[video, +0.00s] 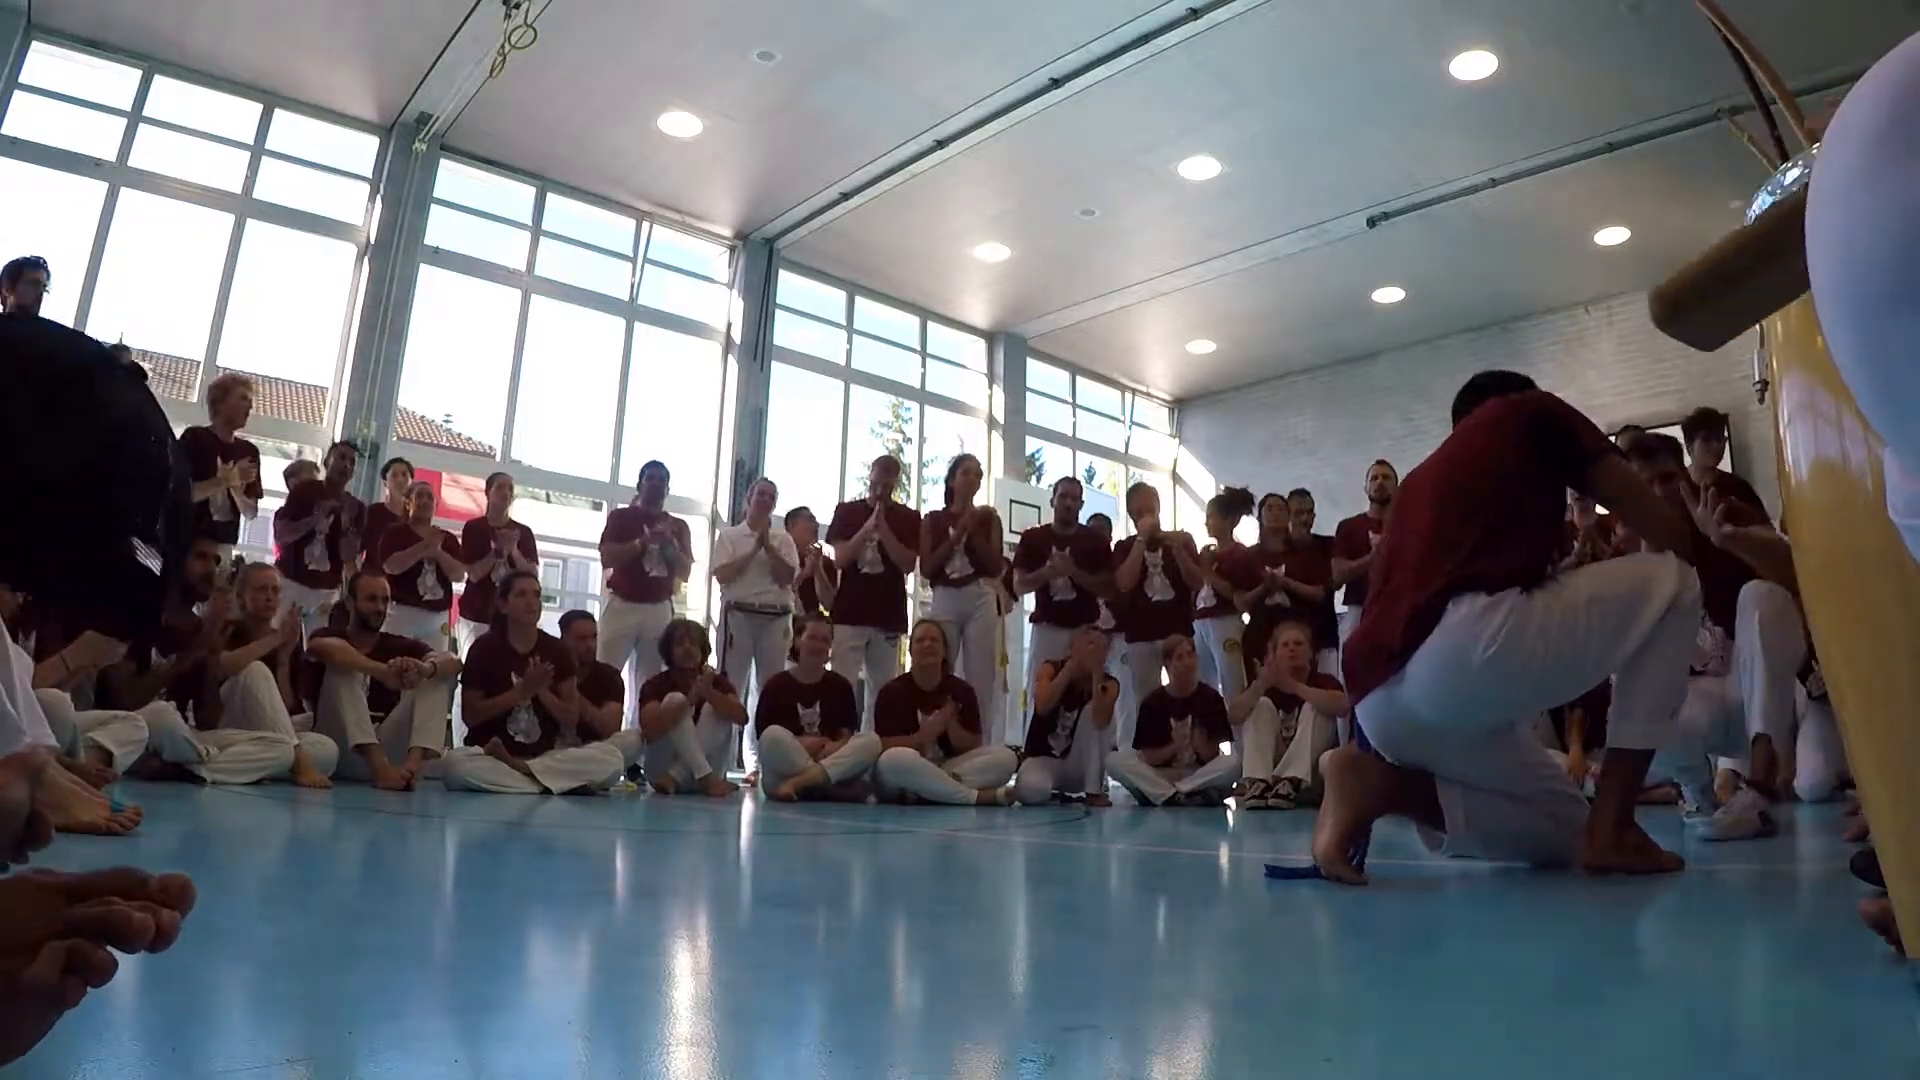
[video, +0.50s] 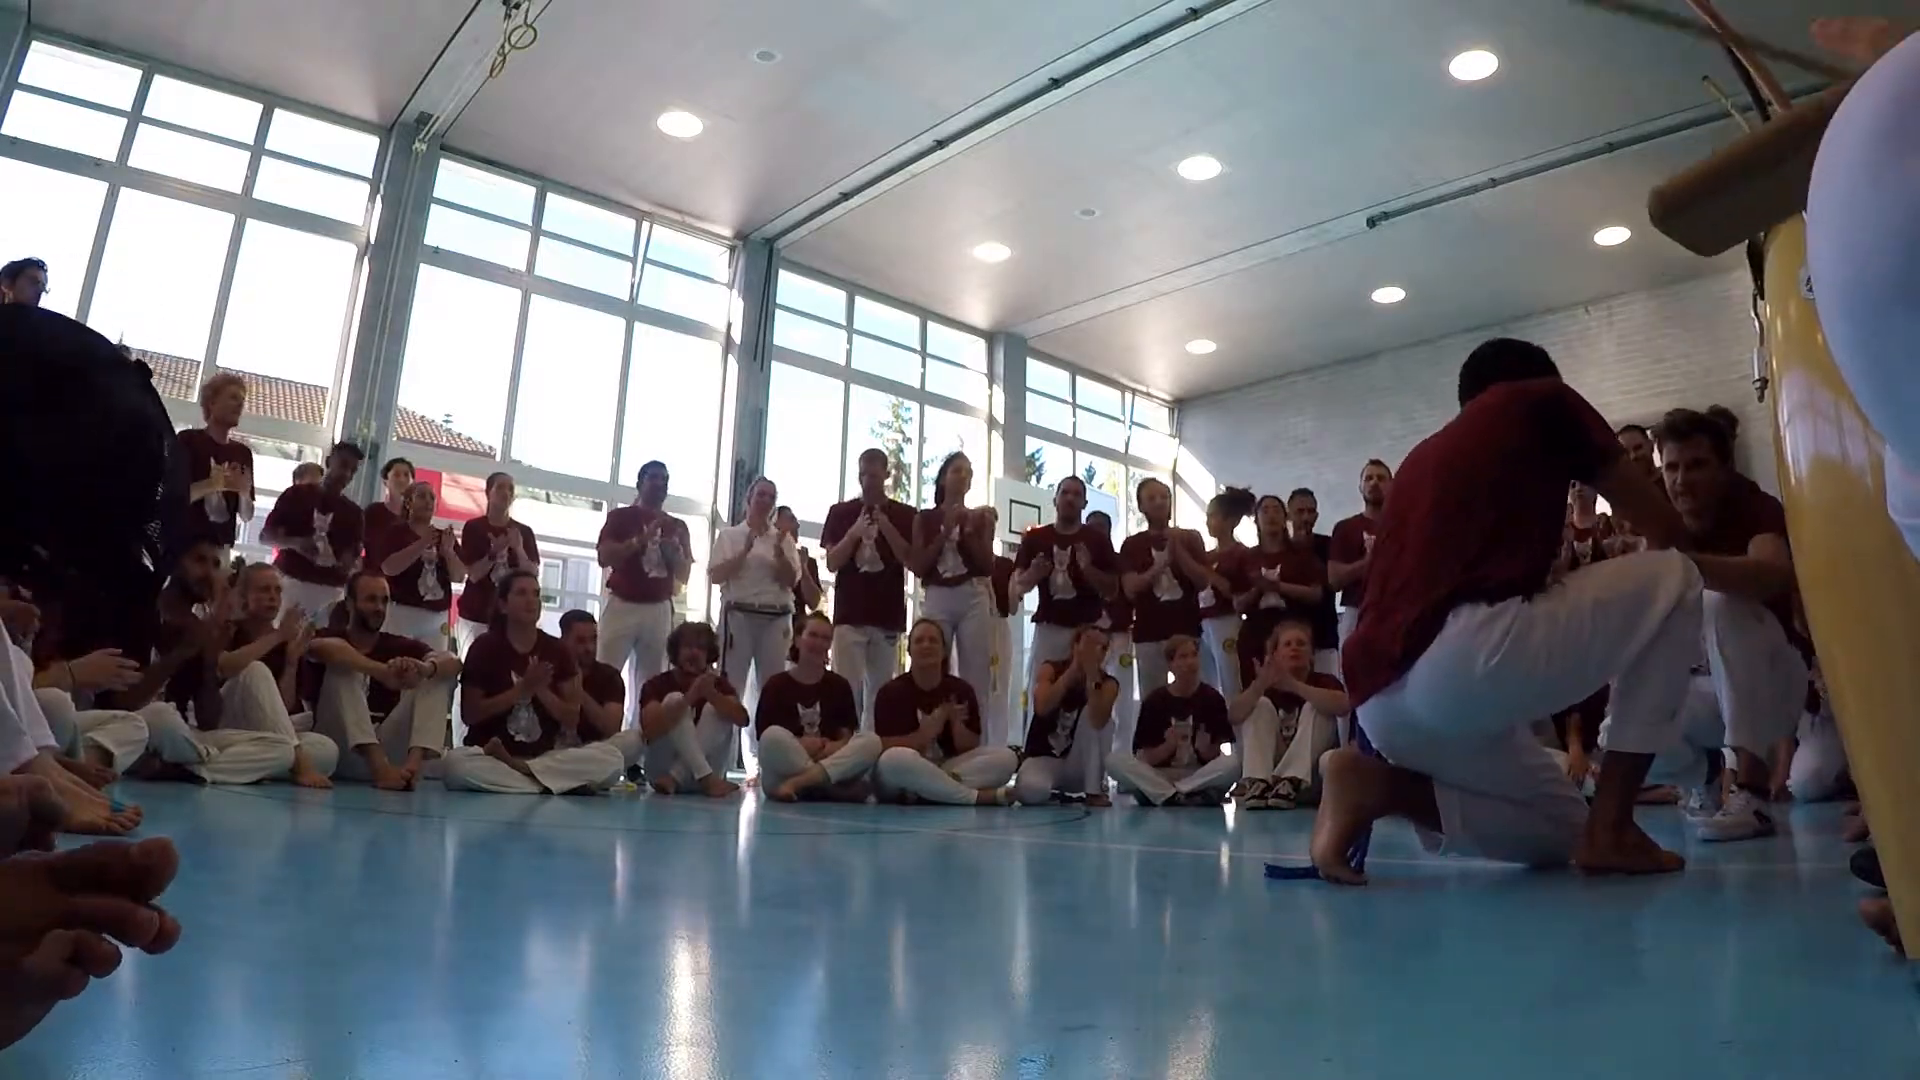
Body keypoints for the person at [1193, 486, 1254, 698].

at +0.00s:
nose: (1206, 522)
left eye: (1211, 516)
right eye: (1206, 516)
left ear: (1231, 520)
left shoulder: (1241, 553)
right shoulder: (1211, 555)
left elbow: (1240, 596)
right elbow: (1197, 585)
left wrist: (1209, 570)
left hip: (1226, 620)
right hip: (1201, 621)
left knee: (1232, 685)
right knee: (1205, 684)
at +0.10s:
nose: (1206, 521)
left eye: (1212, 516)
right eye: (1207, 516)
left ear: (1232, 520)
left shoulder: (1242, 554)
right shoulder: (1208, 556)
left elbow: (1246, 596)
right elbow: (1196, 583)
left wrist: (1210, 574)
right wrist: (1183, 552)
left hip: (1225, 619)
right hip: (1201, 620)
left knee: (1231, 683)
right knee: (1206, 682)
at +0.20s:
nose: (1207, 521)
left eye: (1213, 516)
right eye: (1208, 516)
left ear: (1232, 520)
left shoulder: (1242, 553)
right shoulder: (1207, 556)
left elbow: (1240, 595)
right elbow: (1197, 583)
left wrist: (1207, 571)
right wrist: (1183, 553)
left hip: (1225, 620)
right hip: (1201, 621)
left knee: (1230, 683)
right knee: (1206, 682)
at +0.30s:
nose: (1207, 521)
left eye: (1212, 515)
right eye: (1207, 515)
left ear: (1232, 520)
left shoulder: (1240, 553)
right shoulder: (1208, 556)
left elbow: (1234, 590)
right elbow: (1196, 583)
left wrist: (1205, 571)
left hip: (1225, 619)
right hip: (1203, 621)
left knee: (1230, 684)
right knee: (1206, 683)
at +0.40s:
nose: (1207, 521)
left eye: (1213, 516)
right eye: (1207, 515)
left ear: (1232, 520)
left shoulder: (1240, 553)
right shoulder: (1208, 556)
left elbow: (1235, 591)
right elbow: (1199, 585)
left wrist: (1208, 573)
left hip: (1225, 619)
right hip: (1204, 620)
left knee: (1230, 684)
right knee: (1207, 682)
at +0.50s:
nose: (1207, 521)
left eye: (1212, 516)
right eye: (1207, 515)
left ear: (1231, 520)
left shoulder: (1242, 554)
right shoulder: (1208, 556)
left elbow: (1236, 591)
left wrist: (1207, 571)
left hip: (1226, 619)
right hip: (1204, 620)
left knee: (1231, 685)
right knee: (1207, 684)